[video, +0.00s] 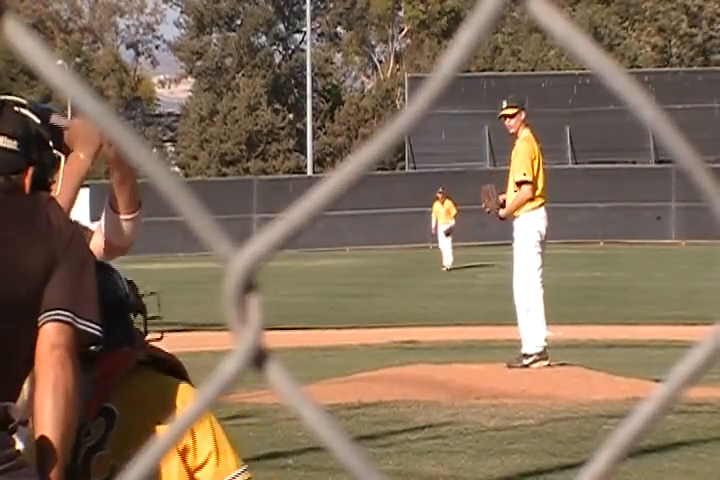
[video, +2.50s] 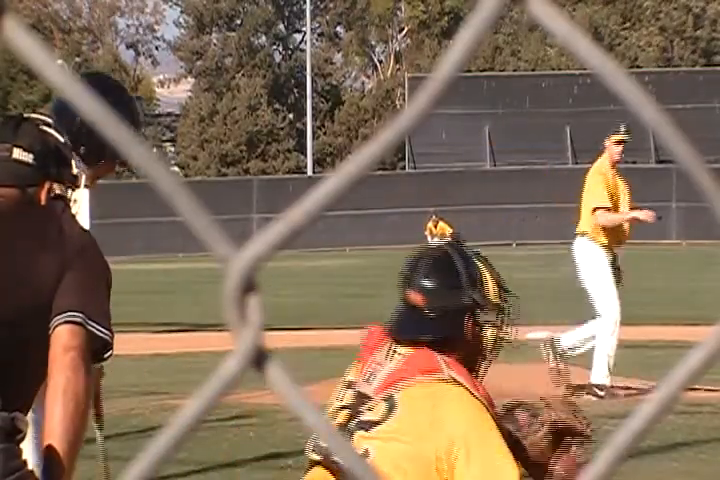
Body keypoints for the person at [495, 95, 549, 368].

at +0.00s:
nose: (508, 122)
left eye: (512, 116)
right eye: (505, 118)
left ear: (523, 116)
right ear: (505, 121)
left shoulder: (524, 145)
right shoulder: (524, 142)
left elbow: (527, 189)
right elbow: (523, 182)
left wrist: (507, 210)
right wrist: (505, 198)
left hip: (530, 215)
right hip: (527, 213)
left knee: (527, 281)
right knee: (525, 281)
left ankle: (534, 346)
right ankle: (532, 345)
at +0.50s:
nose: (494, 139)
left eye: (496, 133)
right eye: (492, 136)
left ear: (508, 128)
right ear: (501, 133)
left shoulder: (516, 150)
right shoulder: (520, 148)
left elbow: (509, 199)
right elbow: (512, 196)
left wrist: (480, 199)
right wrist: (483, 199)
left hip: (531, 214)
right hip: (538, 213)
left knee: (484, 228)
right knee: (528, 282)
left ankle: (508, 282)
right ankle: (531, 346)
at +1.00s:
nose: (467, 208)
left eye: (466, 202)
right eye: (463, 205)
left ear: (474, 194)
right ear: (475, 194)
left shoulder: (486, 203)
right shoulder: (490, 198)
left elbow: (486, 242)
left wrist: (479, 276)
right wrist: (538, 260)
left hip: (542, 221)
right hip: (543, 219)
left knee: (516, 279)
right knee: (519, 279)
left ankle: (526, 347)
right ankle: (527, 345)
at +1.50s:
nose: (473, 235)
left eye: (477, 229)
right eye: (470, 231)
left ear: (487, 230)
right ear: (467, 236)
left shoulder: (505, 236)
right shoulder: (475, 262)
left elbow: (525, 247)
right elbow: (457, 281)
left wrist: (539, 255)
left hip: (520, 291)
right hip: (495, 293)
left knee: (509, 331)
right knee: (499, 330)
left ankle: (491, 384)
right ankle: (513, 356)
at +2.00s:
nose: (579, 187)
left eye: (582, 184)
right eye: (574, 182)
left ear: (585, 189)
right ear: (565, 185)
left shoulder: (576, 215)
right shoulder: (551, 204)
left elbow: (559, 240)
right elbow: (522, 235)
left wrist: (560, 255)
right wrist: (504, 273)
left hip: (528, 262)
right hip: (513, 246)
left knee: (505, 320)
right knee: (463, 274)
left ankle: (491, 380)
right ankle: (440, 243)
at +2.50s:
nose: (620, 149)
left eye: (623, 144)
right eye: (616, 144)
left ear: (625, 148)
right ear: (605, 145)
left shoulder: (619, 179)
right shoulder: (599, 173)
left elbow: (615, 229)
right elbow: (602, 218)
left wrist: (614, 260)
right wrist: (634, 214)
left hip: (605, 250)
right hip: (590, 247)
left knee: (610, 316)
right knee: (610, 313)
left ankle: (560, 346)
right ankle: (600, 381)